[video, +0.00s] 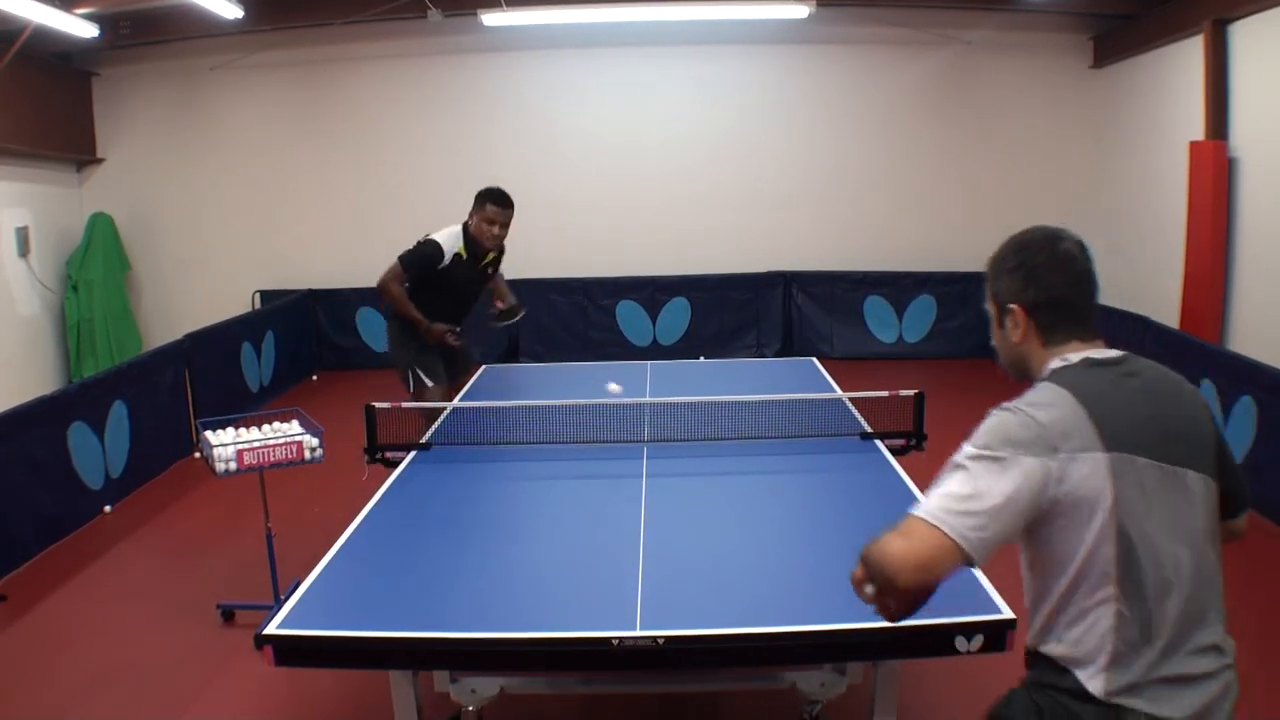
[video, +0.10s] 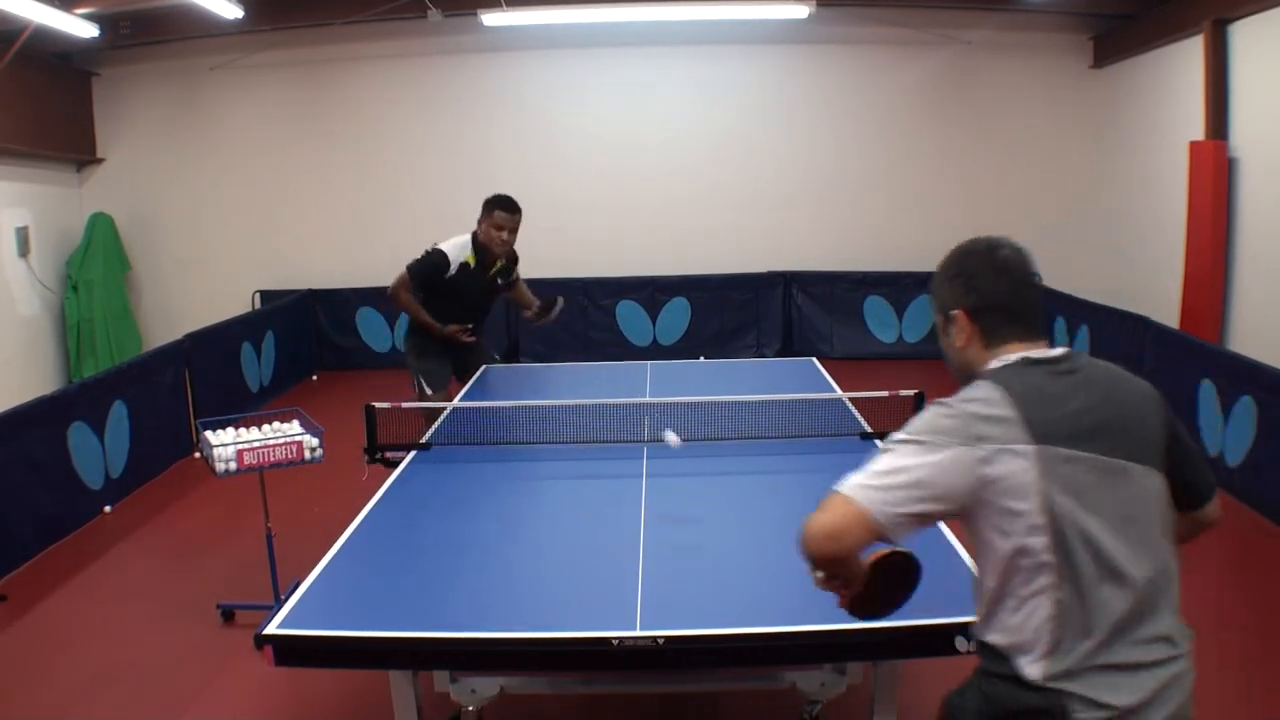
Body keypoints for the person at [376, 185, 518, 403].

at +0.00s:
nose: (496, 232)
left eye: (504, 226)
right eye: (489, 223)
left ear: (510, 226)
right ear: (472, 218)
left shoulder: (495, 250)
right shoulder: (438, 247)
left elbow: (491, 275)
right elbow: (388, 283)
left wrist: (507, 301)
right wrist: (426, 327)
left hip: (449, 331)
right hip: (411, 330)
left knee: (470, 391)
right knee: (436, 402)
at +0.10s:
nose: (505, 237)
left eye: (512, 231)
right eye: (498, 229)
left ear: (518, 232)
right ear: (480, 226)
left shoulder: (508, 259)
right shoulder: (448, 255)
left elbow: (513, 285)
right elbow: (399, 289)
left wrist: (534, 305)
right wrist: (440, 329)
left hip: (469, 339)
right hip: (428, 339)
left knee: (499, 393)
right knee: (440, 415)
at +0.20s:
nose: (520, 244)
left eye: (527, 238)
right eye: (513, 236)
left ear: (532, 240)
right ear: (495, 235)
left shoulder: (529, 270)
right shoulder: (463, 263)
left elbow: (536, 298)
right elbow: (414, 295)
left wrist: (561, 317)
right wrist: (453, 336)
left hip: (495, 352)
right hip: (451, 351)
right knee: (452, 417)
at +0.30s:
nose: (540, 233)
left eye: (547, 227)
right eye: (533, 225)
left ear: (553, 229)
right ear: (516, 223)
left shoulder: (552, 259)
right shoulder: (485, 254)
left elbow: (557, 293)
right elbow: (438, 288)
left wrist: (579, 315)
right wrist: (477, 324)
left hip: (527, 347)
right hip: (481, 349)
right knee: (484, 422)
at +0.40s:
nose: (559, 223)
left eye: (566, 217)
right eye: (552, 215)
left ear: (572, 219)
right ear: (536, 212)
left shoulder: (565, 250)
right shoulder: (503, 246)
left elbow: (571, 289)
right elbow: (463, 282)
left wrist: (601, 319)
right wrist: (506, 312)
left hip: (544, 334)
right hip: (500, 336)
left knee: (582, 375)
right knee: (499, 401)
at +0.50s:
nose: (582, 229)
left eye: (588, 224)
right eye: (575, 221)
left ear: (592, 227)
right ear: (558, 219)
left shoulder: (579, 261)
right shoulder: (525, 251)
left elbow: (580, 302)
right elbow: (493, 295)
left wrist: (617, 330)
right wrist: (541, 318)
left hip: (552, 337)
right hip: (512, 338)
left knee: (589, 370)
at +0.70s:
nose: (627, 269)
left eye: (632, 265)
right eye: (621, 261)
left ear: (636, 269)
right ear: (605, 258)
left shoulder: (606, 288)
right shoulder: (589, 280)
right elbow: (577, 329)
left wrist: (619, 349)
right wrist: (618, 348)